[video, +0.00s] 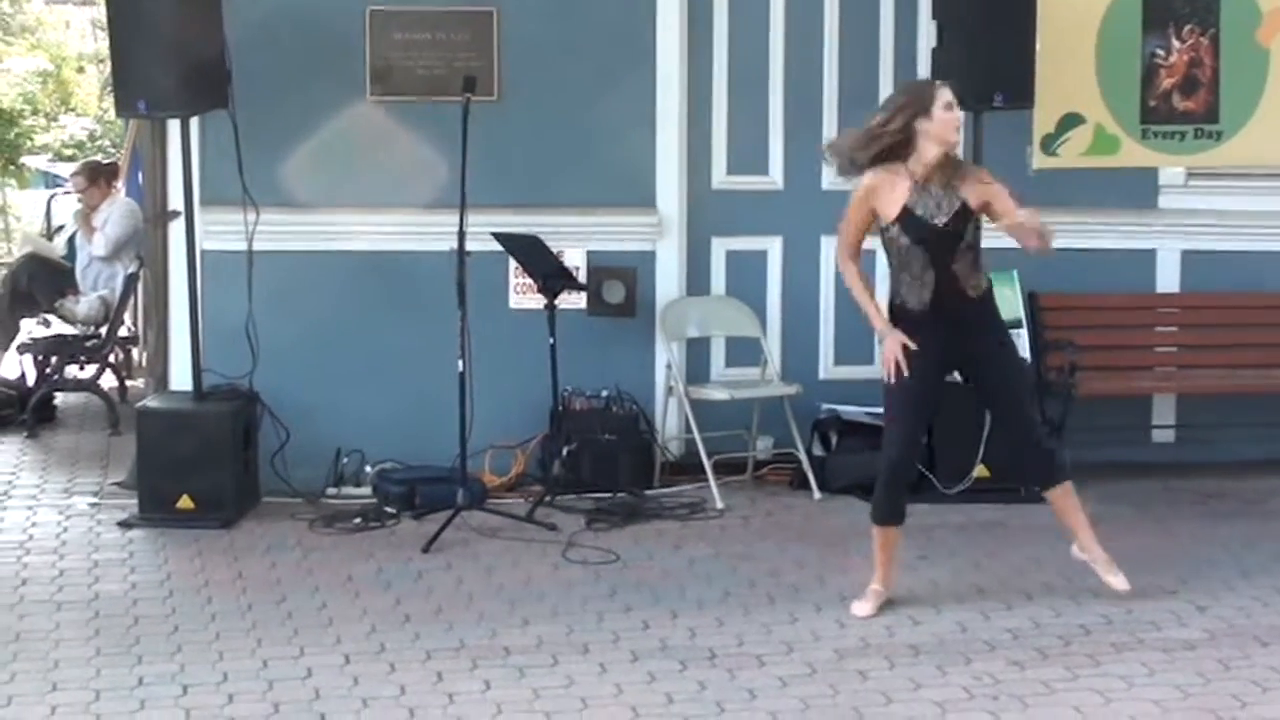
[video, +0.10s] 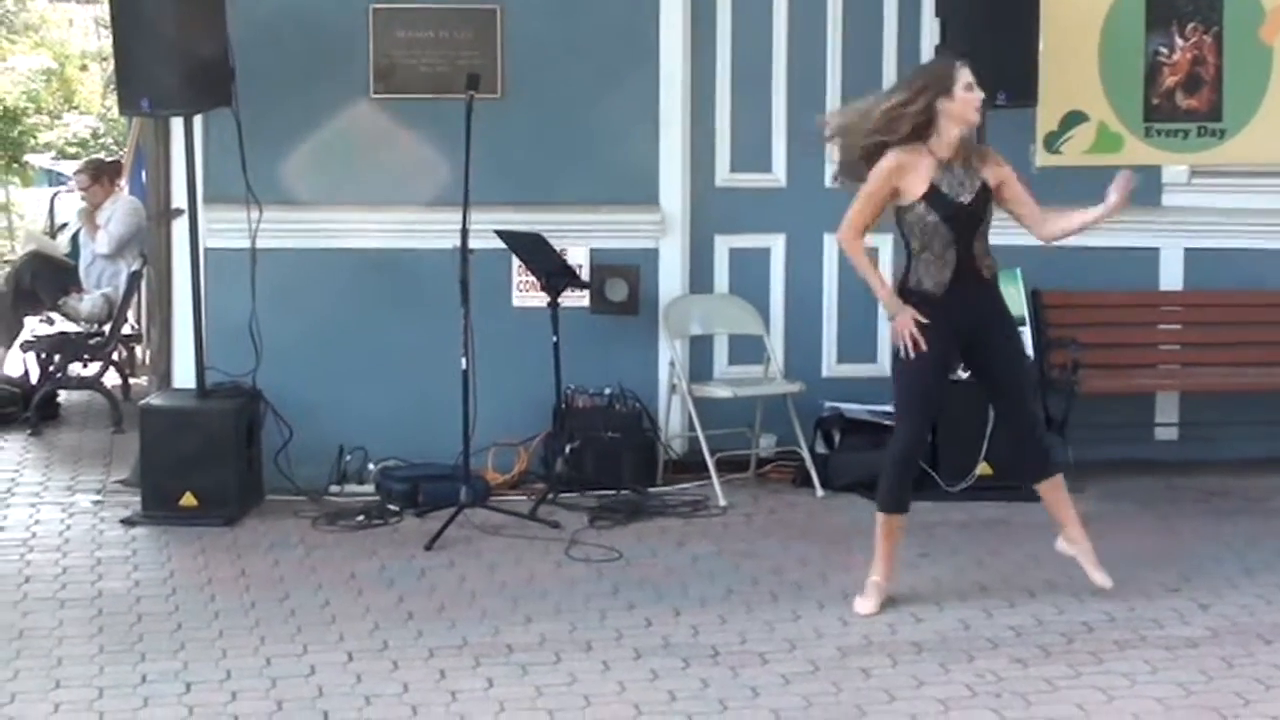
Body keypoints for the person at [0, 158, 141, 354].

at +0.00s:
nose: (79, 198)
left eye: (82, 192)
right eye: (77, 193)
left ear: (102, 185)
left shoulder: (126, 209)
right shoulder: (90, 214)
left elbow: (104, 248)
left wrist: (83, 223)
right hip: (84, 291)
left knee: (31, 265)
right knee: (14, 298)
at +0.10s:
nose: (82, 196)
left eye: (85, 189)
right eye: (80, 191)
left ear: (104, 183)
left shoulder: (129, 207)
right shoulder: (93, 212)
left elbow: (108, 246)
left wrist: (88, 224)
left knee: (36, 263)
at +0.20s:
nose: (80, 193)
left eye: (83, 187)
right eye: (77, 188)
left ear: (103, 180)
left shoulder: (127, 204)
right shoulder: (91, 210)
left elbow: (105, 243)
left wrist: (87, 220)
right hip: (84, 286)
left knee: (32, 260)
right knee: (14, 293)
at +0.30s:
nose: (78, 192)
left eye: (82, 186)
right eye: (76, 187)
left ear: (101, 180)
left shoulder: (126, 204)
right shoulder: (90, 209)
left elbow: (103, 242)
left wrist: (85, 217)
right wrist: (76, 284)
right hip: (84, 286)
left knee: (31, 259)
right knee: (13, 291)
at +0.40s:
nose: (77, 192)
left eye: (80, 186)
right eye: (75, 187)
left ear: (99, 180)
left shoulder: (124, 204)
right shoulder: (87, 209)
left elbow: (102, 243)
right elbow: (57, 245)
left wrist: (85, 219)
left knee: (28, 260)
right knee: (13, 294)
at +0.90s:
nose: (73, 195)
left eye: (76, 189)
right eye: (70, 190)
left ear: (94, 182)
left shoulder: (121, 206)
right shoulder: (83, 210)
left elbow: (98, 245)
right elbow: (55, 247)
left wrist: (81, 221)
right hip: (76, 289)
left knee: (25, 262)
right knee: (9, 299)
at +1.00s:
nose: (73, 195)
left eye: (76, 189)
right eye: (71, 190)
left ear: (94, 183)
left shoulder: (121, 207)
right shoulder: (84, 210)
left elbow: (99, 245)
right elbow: (56, 247)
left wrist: (81, 221)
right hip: (75, 286)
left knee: (26, 262)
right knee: (10, 301)